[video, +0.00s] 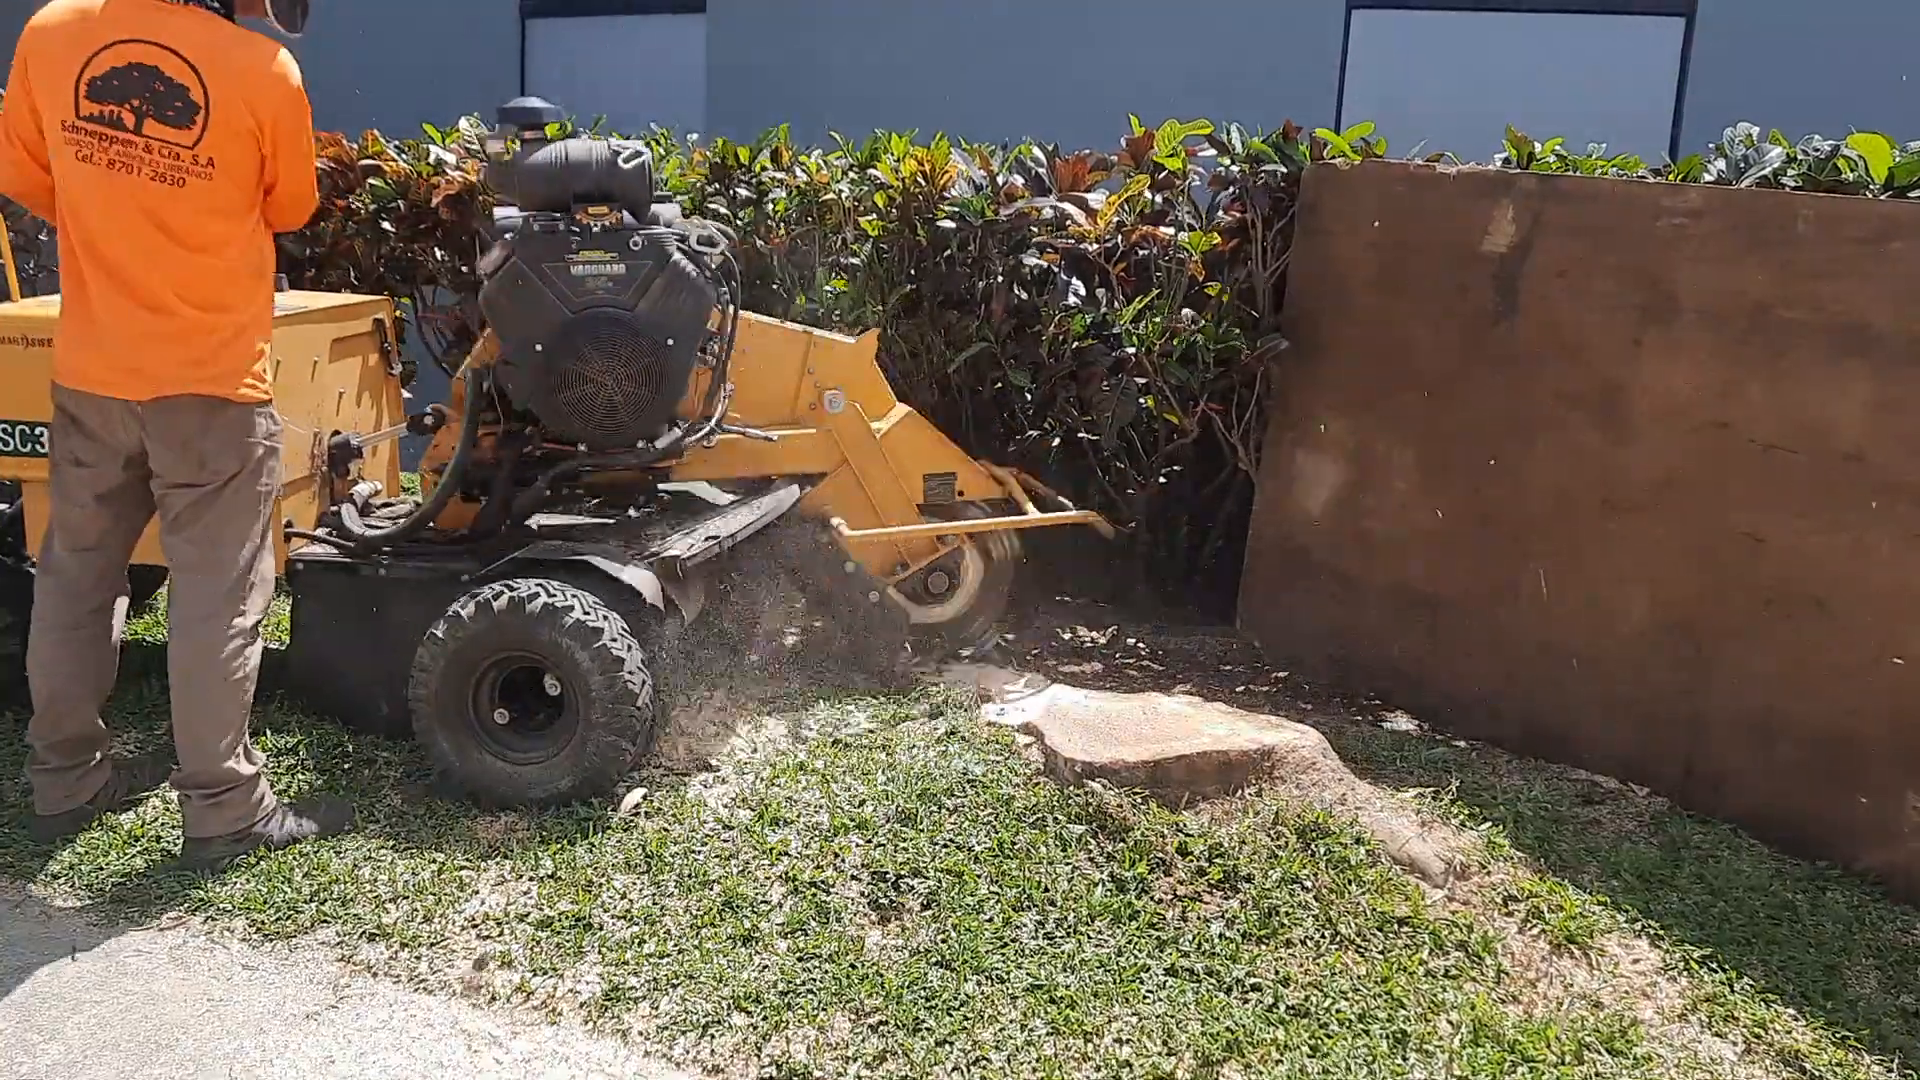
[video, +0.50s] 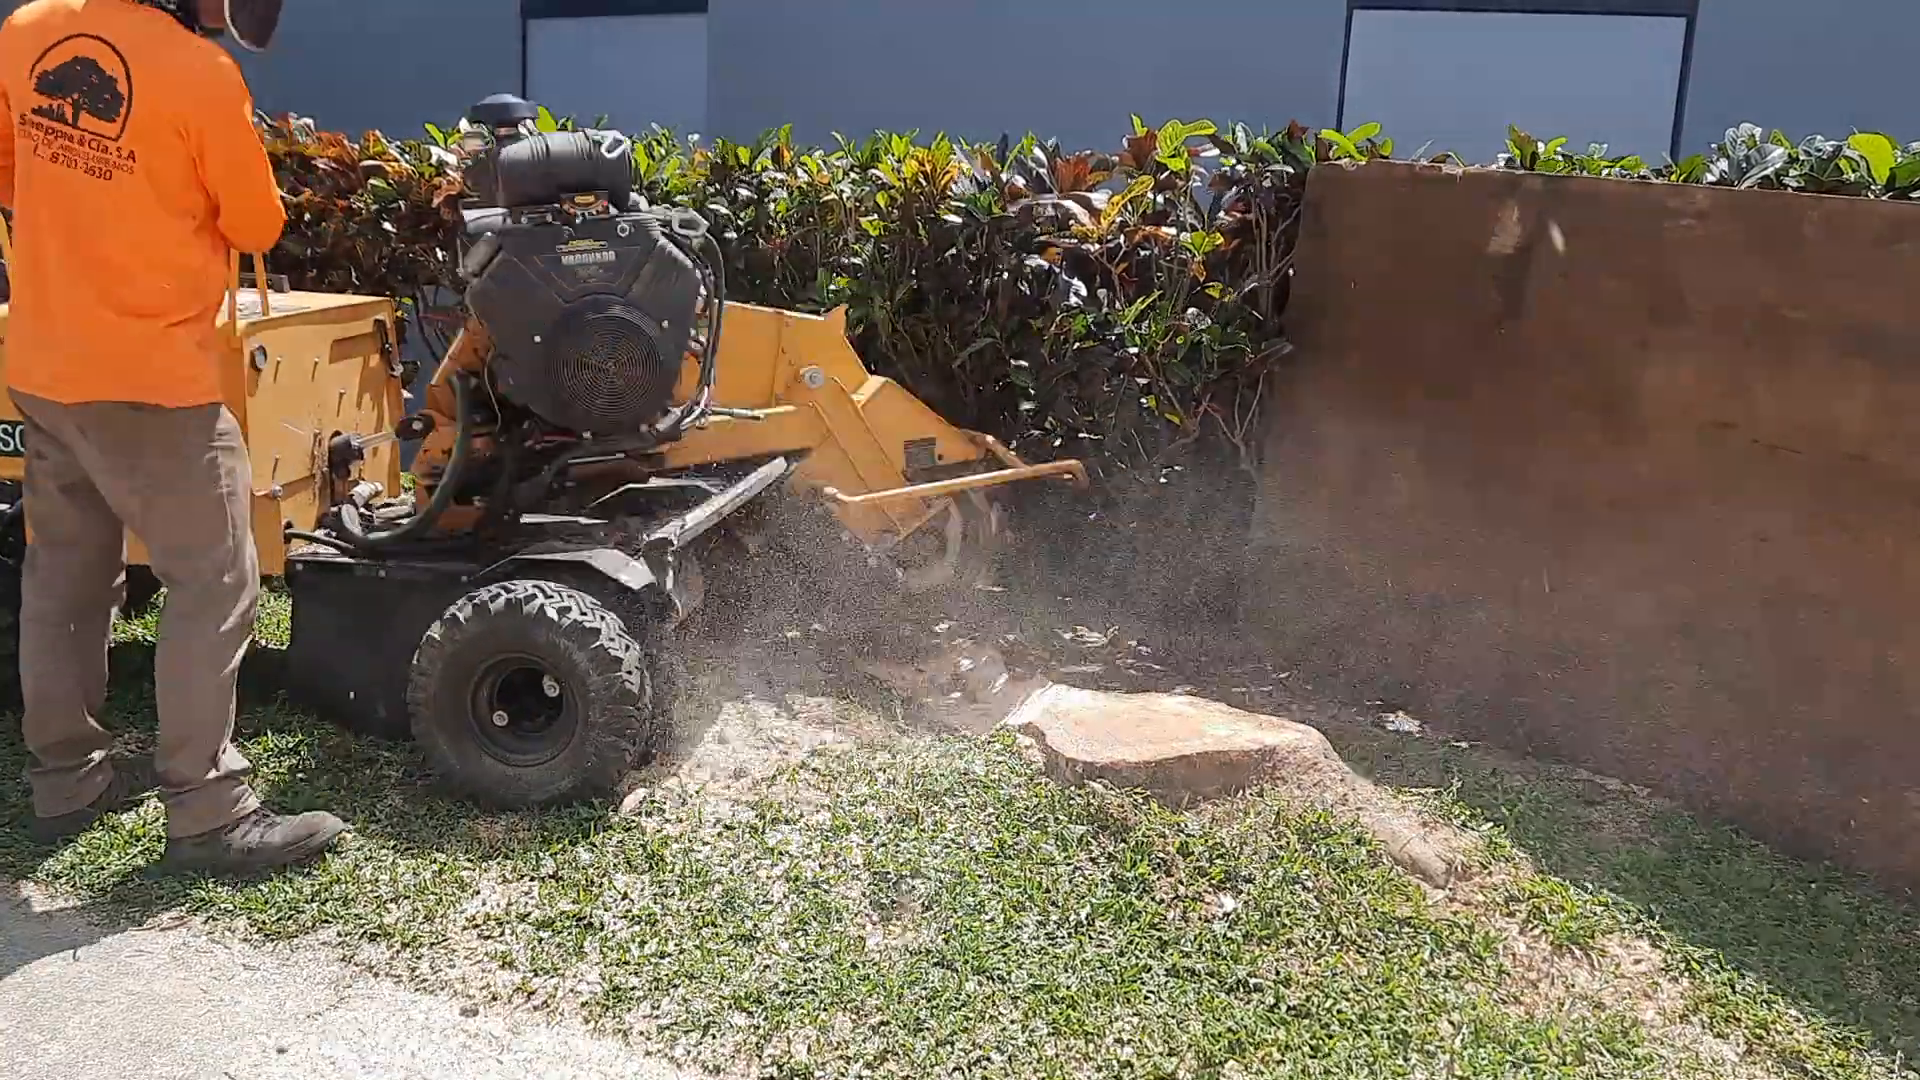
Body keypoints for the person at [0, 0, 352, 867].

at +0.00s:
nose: (277, 12)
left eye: (277, 4)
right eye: (274, 0)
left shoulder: (50, 31)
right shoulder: (264, 66)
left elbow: (23, 178)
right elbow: (290, 206)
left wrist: (106, 210)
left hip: (89, 362)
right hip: (212, 368)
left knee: (75, 570)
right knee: (218, 584)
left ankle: (64, 777)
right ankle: (225, 804)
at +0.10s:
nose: (254, 15)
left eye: (258, 7)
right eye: (251, 5)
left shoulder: (41, 38)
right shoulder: (241, 62)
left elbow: (21, 191)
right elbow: (285, 201)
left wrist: (107, 213)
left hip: (86, 362)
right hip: (204, 372)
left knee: (79, 572)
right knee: (217, 587)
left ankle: (65, 779)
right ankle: (225, 808)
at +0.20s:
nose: (251, 8)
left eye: (253, 0)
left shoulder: (37, 34)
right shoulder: (239, 63)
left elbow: (18, 182)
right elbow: (279, 203)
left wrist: (103, 212)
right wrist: (188, 194)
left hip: (74, 363)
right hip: (196, 371)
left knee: (73, 567)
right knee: (215, 583)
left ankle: (63, 779)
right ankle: (226, 807)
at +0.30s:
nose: (242, 4)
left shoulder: (23, 38)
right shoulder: (232, 60)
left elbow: (15, 192)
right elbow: (273, 202)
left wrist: (105, 200)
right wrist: (181, 186)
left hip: (68, 365)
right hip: (189, 372)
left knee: (69, 571)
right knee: (210, 584)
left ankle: (64, 778)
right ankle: (225, 807)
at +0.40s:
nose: (258, 15)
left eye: (261, 7)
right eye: (256, 6)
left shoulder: (37, 35)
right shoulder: (242, 60)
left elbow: (19, 185)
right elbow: (286, 207)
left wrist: (103, 210)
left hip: (79, 365)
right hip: (199, 372)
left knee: (74, 566)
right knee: (215, 588)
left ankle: (63, 777)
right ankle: (227, 806)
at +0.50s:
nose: (236, 21)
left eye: (242, 14)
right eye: (236, 12)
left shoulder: (24, 28)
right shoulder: (202, 69)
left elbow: (7, 183)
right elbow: (258, 227)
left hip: (40, 361)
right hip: (153, 372)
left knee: (65, 569)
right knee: (216, 578)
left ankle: (67, 774)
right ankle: (206, 809)